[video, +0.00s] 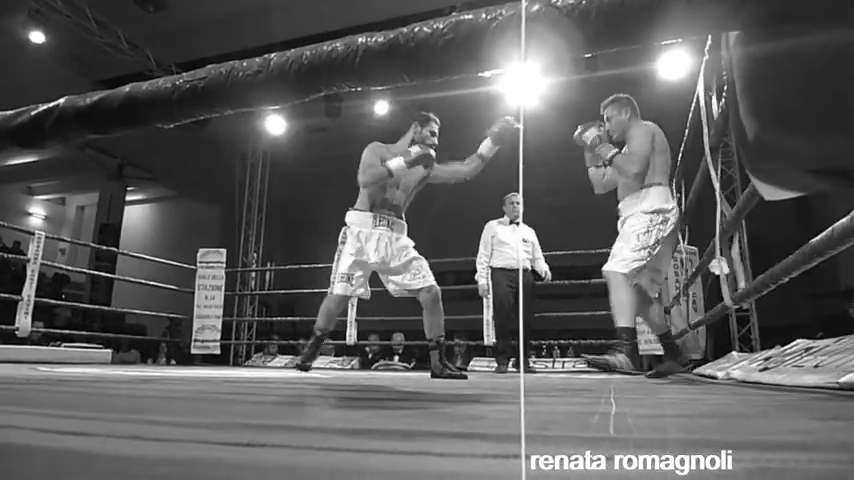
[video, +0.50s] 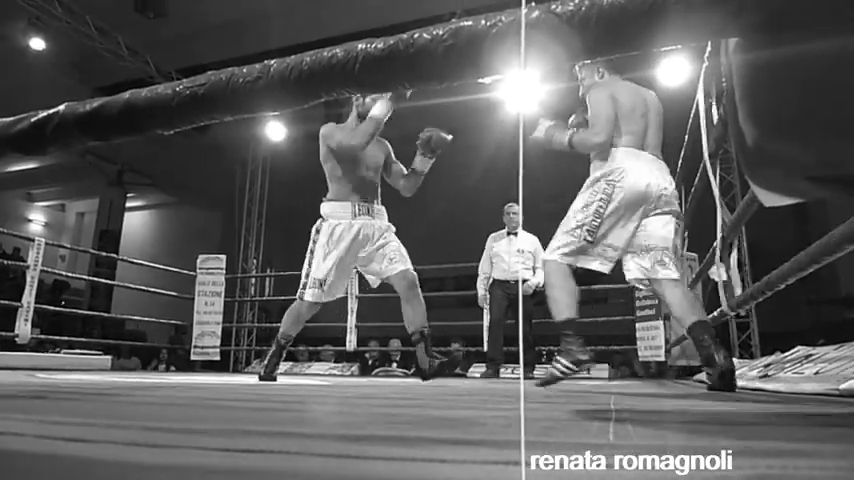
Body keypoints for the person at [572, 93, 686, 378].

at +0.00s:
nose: (605, 125)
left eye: (608, 118)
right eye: (603, 120)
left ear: (626, 114)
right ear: (624, 117)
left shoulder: (642, 129)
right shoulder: (627, 147)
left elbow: (635, 169)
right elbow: (600, 184)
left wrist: (606, 149)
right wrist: (588, 149)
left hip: (650, 211)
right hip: (637, 215)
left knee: (616, 270)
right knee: (635, 290)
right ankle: (675, 353)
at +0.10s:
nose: (604, 131)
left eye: (607, 124)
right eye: (602, 126)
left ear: (625, 121)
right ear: (621, 125)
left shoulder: (645, 143)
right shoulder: (623, 156)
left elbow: (613, 180)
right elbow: (595, 193)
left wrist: (598, 148)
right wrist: (589, 156)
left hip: (647, 222)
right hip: (631, 225)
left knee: (603, 273)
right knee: (631, 299)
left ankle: (602, 353)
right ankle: (673, 359)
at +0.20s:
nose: (591, 117)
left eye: (593, 110)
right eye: (590, 111)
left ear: (610, 105)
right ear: (620, 106)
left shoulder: (617, 128)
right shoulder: (646, 133)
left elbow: (586, 169)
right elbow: (622, 168)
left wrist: (562, 137)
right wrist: (588, 147)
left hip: (631, 213)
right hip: (654, 212)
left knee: (584, 272)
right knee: (649, 289)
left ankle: (593, 361)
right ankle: (669, 355)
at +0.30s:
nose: (585, 107)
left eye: (586, 100)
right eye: (583, 102)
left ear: (602, 93)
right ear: (615, 94)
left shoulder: (603, 113)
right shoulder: (648, 120)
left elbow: (574, 147)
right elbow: (652, 170)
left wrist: (547, 132)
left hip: (625, 201)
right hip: (659, 202)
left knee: (581, 277)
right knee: (647, 288)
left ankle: (592, 366)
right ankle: (682, 362)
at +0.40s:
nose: (583, 93)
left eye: (585, 87)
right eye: (581, 88)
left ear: (601, 78)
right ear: (611, 77)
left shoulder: (602, 96)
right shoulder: (648, 105)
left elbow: (582, 131)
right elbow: (650, 158)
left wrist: (547, 124)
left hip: (622, 184)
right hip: (658, 188)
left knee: (584, 273)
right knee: (648, 279)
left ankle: (593, 366)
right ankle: (696, 353)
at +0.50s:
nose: (579, 81)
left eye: (581, 72)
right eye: (577, 74)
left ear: (598, 67)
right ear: (615, 67)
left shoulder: (600, 90)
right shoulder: (651, 97)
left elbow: (598, 137)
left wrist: (556, 135)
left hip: (620, 176)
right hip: (661, 180)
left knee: (556, 259)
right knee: (665, 275)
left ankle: (571, 349)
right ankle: (715, 358)